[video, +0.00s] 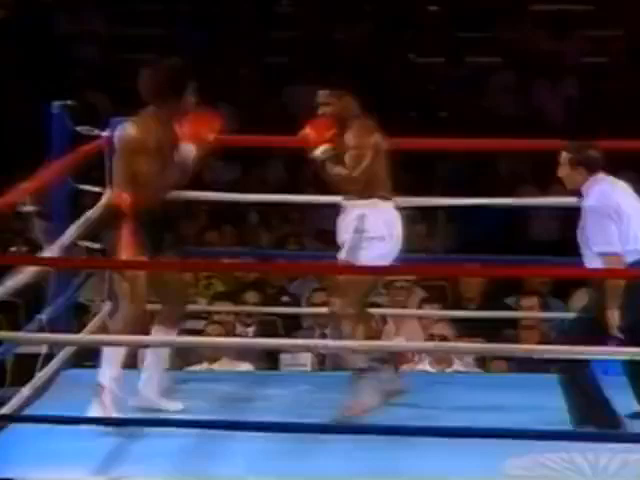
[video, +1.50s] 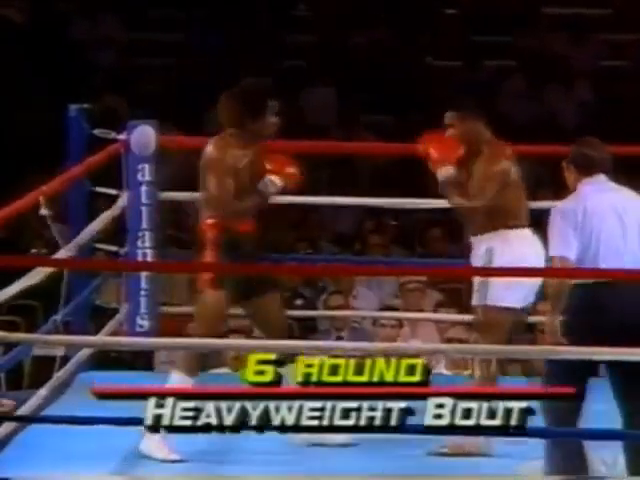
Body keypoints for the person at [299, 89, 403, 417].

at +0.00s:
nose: (323, 110)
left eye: (329, 102)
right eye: (321, 103)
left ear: (348, 102)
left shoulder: (361, 132)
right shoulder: (348, 134)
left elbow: (353, 181)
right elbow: (348, 174)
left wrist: (324, 157)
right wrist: (325, 150)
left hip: (372, 219)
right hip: (358, 218)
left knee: (345, 303)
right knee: (351, 306)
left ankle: (364, 382)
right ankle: (385, 373)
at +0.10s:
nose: (336, 114)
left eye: (341, 107)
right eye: (334, 108)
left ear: (361, 105)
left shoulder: (376, 137)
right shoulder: (359, 137)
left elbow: (362, 186)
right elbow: (356, 179)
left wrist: (335, 162)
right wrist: (336, 153)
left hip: (383, 226)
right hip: (361, 224)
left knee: (356, 311)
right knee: (351, 312)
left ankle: (410, 379)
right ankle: (375, 387)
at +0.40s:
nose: (362, 117)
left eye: (368, 111)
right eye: (360, 111)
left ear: (387, 111)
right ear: (362, 115)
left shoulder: (409, 143)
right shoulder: (375, 144)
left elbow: (417, 188)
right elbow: (383, 176)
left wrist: (380, 179)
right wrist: (361, 167)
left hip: (413, 226)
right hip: (387, 226)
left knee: (401, 320)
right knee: (382, 317)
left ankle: (451, 390)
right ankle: (390, 392)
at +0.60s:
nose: (398, 145)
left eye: (404, 138)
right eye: (396, 138)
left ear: (424, 139)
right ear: (401, 142)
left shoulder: (445, 173)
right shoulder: (412, 170)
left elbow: (439, 220)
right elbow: (405, 209)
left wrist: (402, 205)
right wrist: (388, 190)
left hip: (445, 258)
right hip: (416, 258)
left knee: (442, 340)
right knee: (402, 331)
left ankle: (487, 407)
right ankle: (424, 399)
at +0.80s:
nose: (416, 127)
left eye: (422, 119)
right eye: (415, 120)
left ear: (443, 120)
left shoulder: (462, 151)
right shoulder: (438, 153)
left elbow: (459, 198)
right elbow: (444, 191)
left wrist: (424, 183)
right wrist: (420, 174)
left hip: (471, 238)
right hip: (445, 238)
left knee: (466, 335)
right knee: (438, 324)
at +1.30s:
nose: (434, 142)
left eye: (440, 134)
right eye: (432, 135)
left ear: (462, 134)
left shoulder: (482, 164)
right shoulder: (459, 170)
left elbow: (486, 211)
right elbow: (460, 210)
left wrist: (446, 202)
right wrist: (438, 190)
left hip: (500, 250)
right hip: (476, 252)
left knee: (482, 341)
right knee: (478, 341)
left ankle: (477, 433)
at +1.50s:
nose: (449, 135)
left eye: (454, 126)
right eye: (448, 128)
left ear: (473, 127)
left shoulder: (497, 160)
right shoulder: (472, 162)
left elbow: (474, 208)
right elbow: (462, 202)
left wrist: (447, 181)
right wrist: (445, 171)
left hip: (512, 251)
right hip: (487, 254)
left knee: (488, 342)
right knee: (487, 343)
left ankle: (474, 431)